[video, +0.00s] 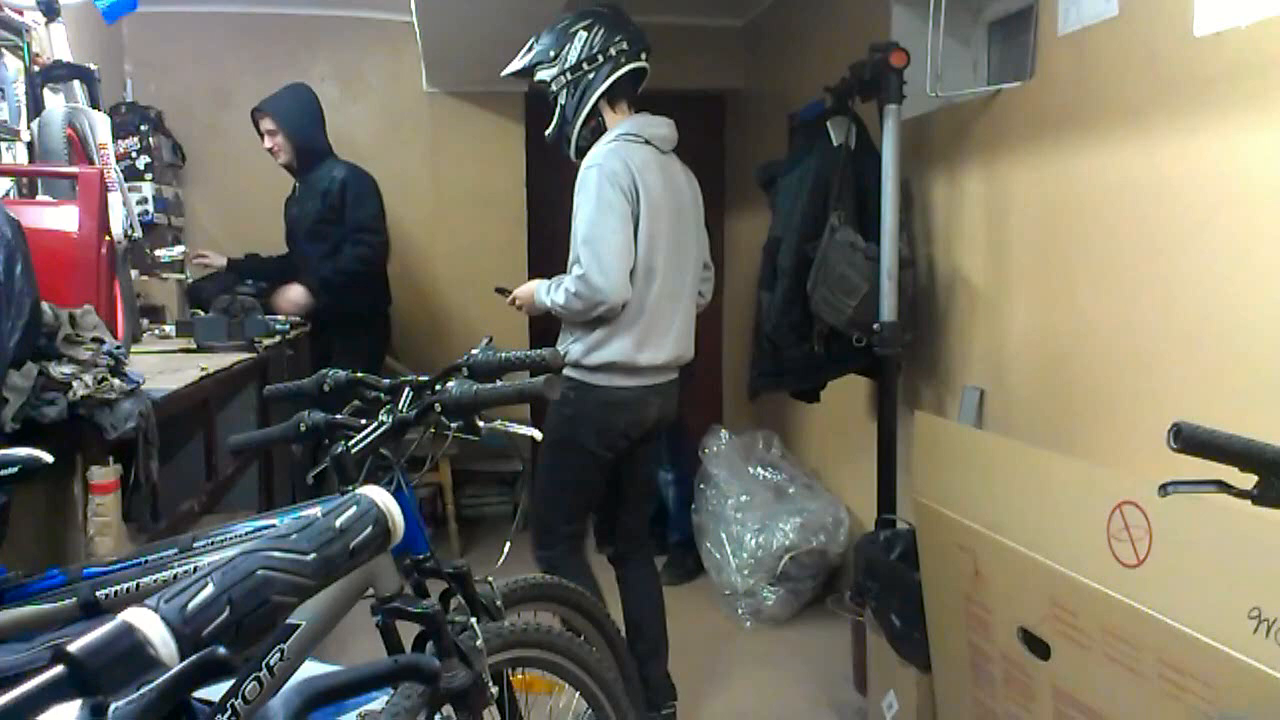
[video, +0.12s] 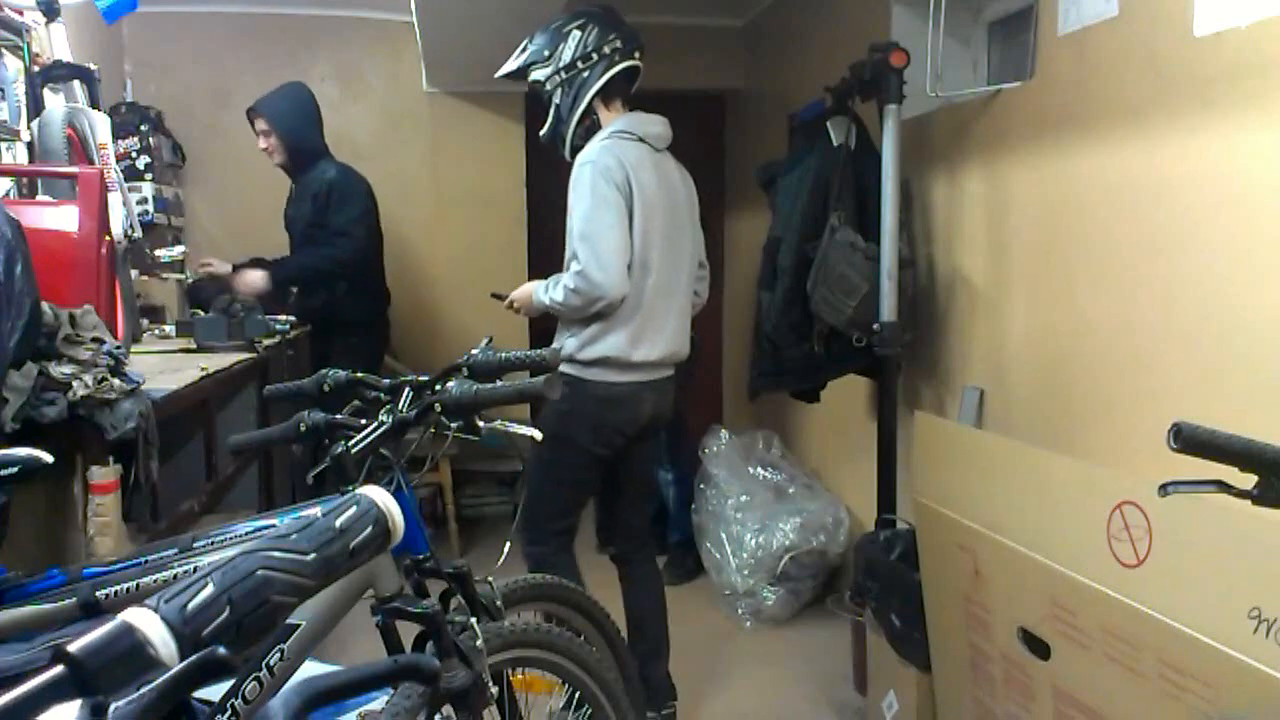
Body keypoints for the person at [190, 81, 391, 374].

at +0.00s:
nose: (267, 145)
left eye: (273, 134)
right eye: (263, 137)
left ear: (300, 128)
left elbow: (368, 255)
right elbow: (298, 264)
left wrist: (310, 289)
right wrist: (231, 265)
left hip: (358, 329)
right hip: (318, 329)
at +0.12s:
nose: (262, 146)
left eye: (268, 134)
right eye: (258, 136)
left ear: (294, 129)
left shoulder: (343, 184)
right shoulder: (299, 194)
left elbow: (347, 256)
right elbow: (303, 263)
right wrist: (236, 271)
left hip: (352, 334)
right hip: (319, 332)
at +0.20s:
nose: (257, 147)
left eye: (262, 135)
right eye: (254, 137)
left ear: (288, 129)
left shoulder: (334, 185)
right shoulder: (302, 188)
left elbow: (325, 263)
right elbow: (308, 268)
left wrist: (246, 270)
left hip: (351, 336)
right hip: (324, 333)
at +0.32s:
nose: (244, 151)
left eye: (247, 138)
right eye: (242, 140)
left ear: (272, 134)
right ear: (272, 136)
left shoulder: (316, 186)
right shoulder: (301, 187)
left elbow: (292, 268)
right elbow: (298, 269)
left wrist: (213, 258)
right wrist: (238, 279)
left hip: (354, 335)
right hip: (337, 332)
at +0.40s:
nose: (235, 156)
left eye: (237, 144)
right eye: (232, 145)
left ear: (261, 140)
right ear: (266, 139)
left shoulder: (308, 192)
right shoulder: (300, 188)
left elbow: (270, 272)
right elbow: (275, 268)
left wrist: (194, 253)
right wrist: (221, 275)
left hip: (357, 340)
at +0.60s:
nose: (222, 178)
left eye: (221, 166)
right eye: (218, 168)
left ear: (239, 162)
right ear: (260, 151)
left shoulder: (286, 206)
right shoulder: (305, 188)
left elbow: (248, 282)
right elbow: (263, 258)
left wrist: (173, 264)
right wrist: (207, 255)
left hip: (361, 337)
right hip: (372, 329)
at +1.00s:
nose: (215, 213)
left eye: (215, 204)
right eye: (212, 205)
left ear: (234, 200)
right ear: (261, 182)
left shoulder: (279, 241)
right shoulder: (293, 212)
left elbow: (230, 305)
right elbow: (245, 264)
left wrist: (164, 272)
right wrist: (185, 256)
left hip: (372, 341)